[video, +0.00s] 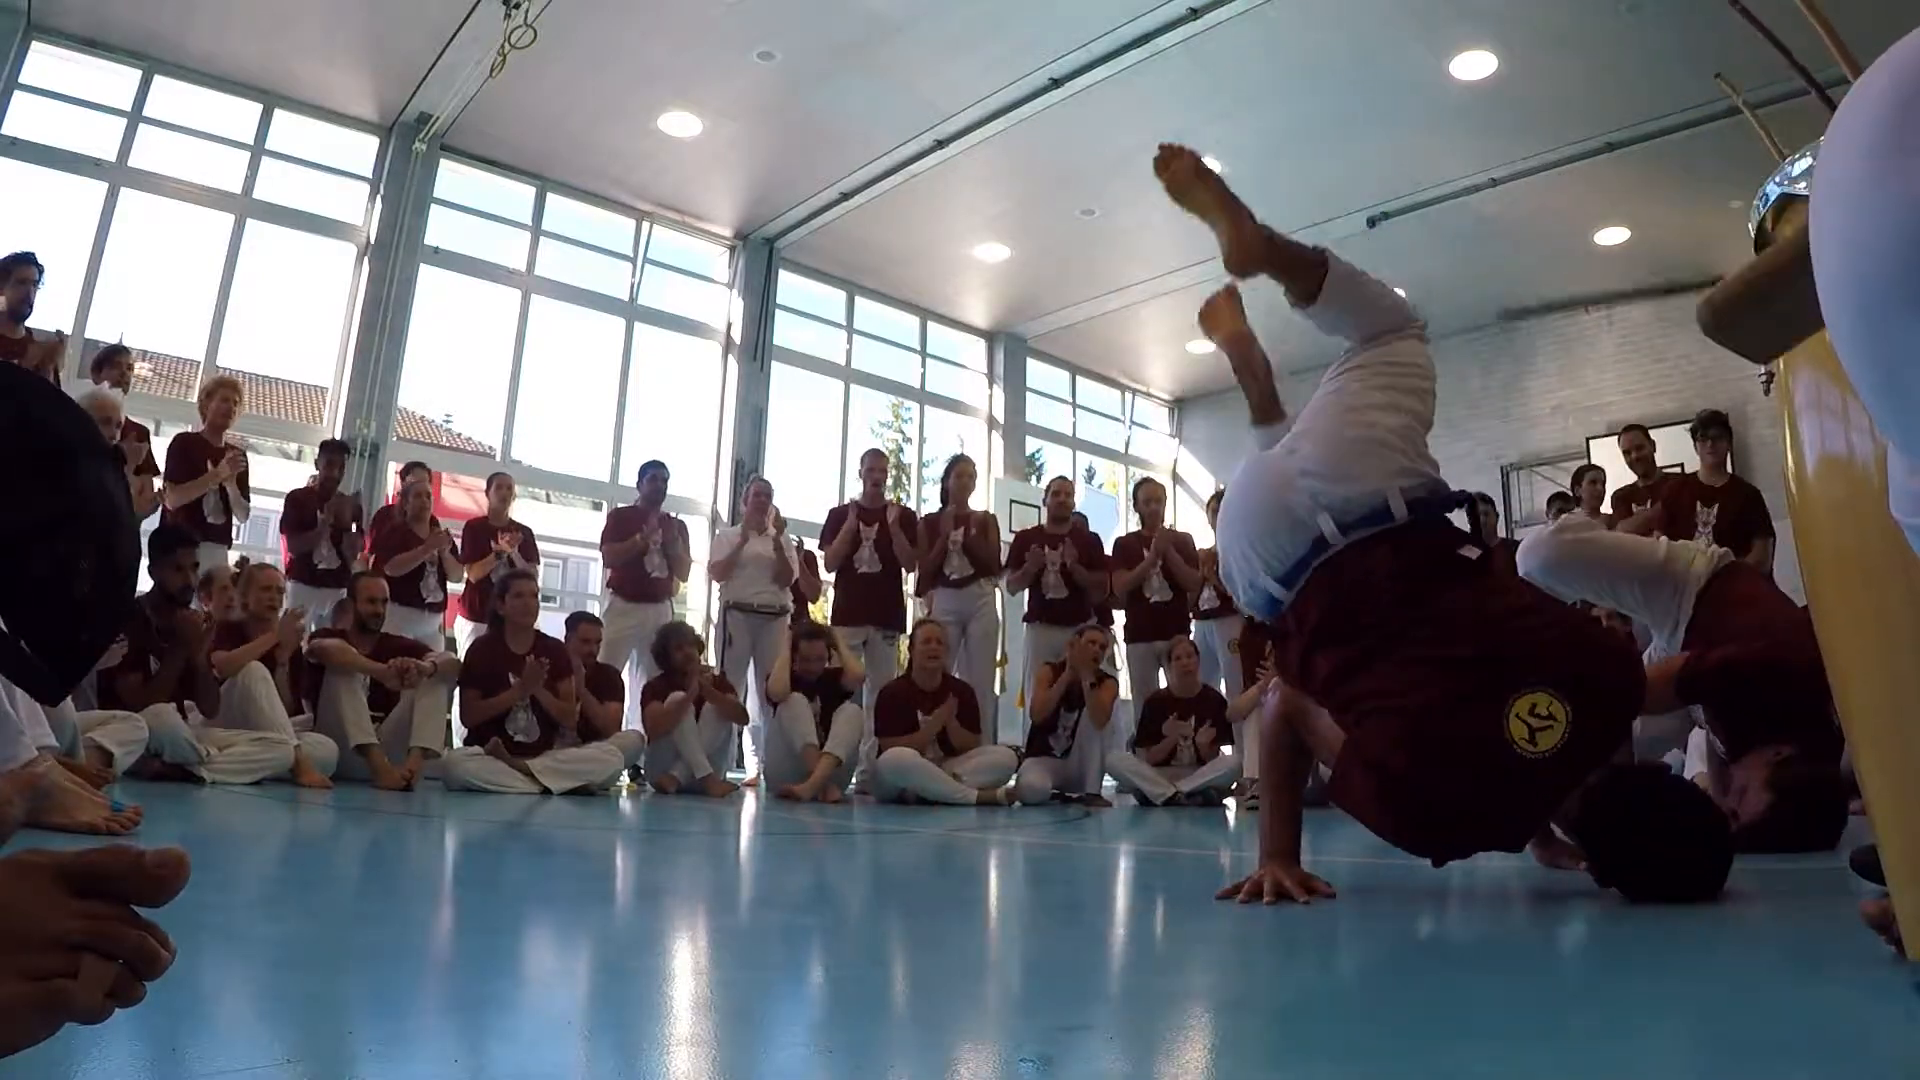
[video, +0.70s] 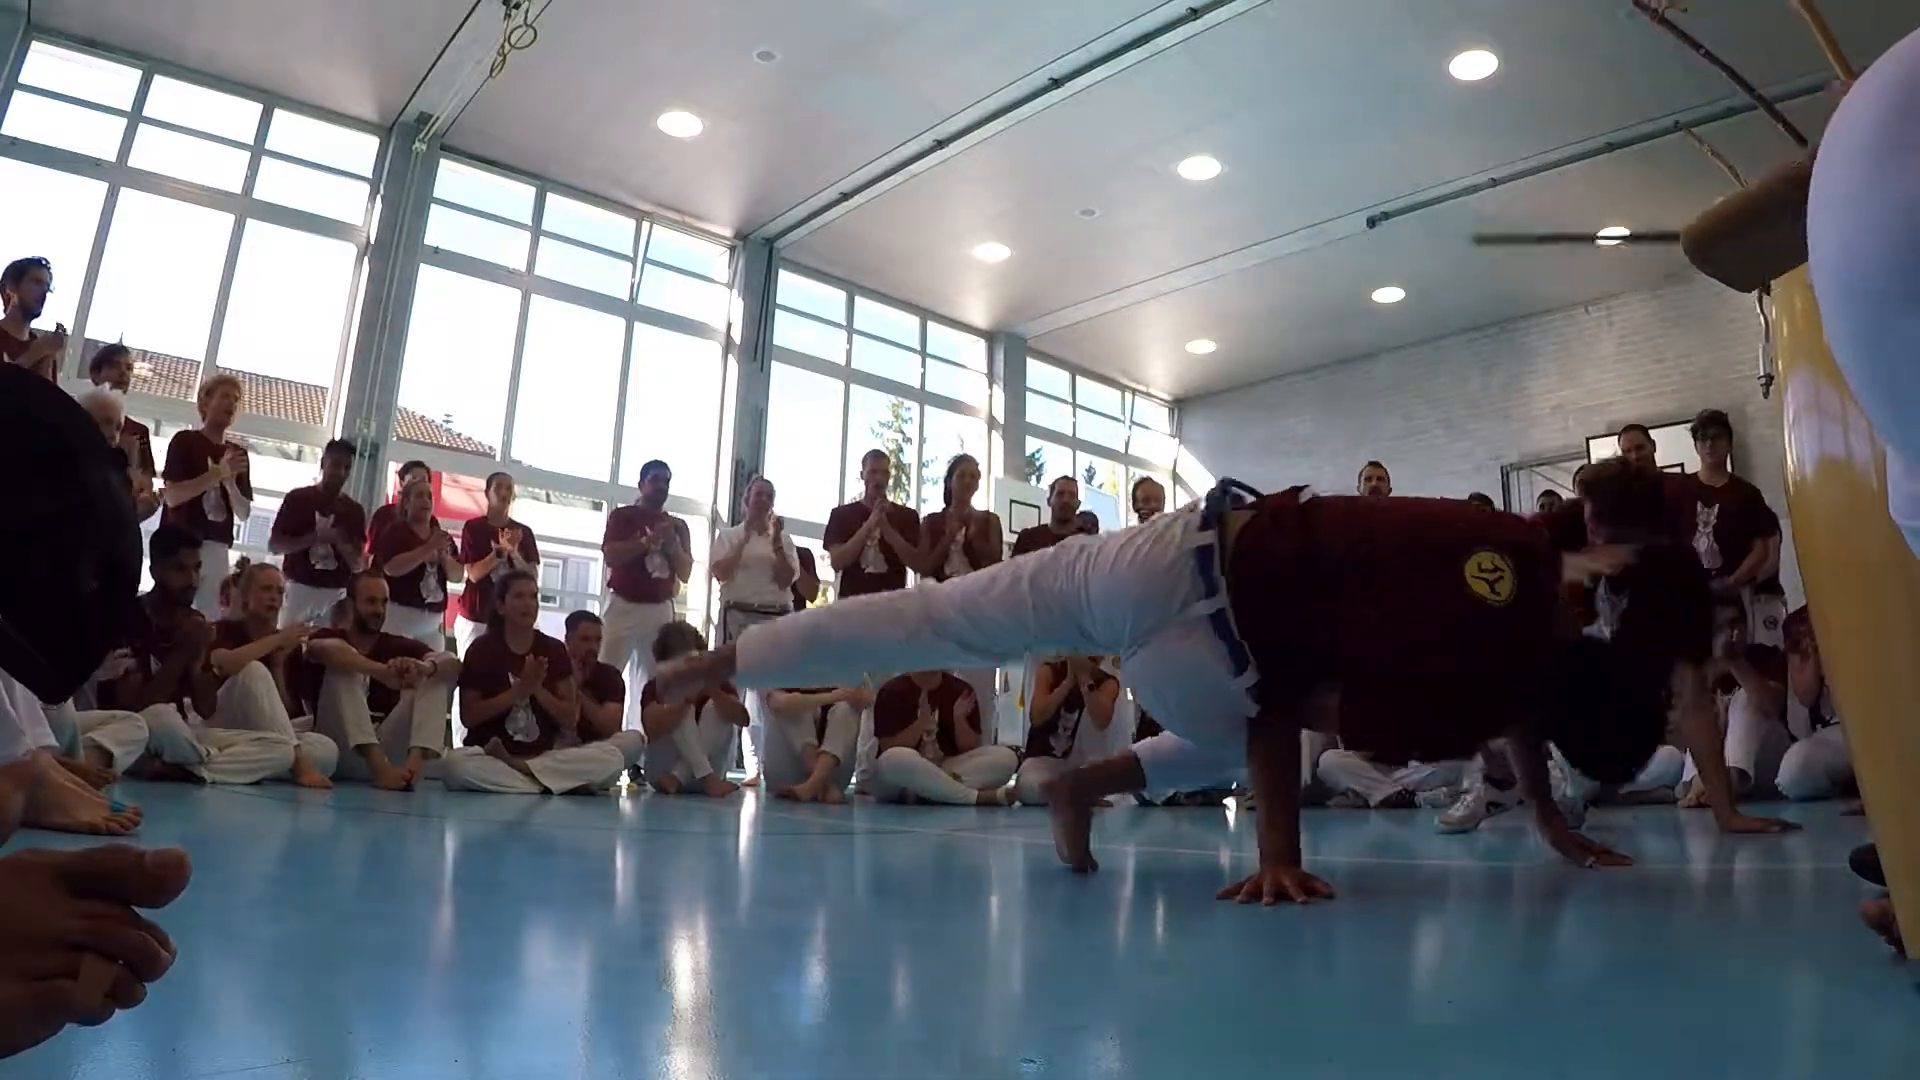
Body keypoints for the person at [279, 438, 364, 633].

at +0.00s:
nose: (335, 472)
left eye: (341, 467)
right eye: (329, 465)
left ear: (345, 469)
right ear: (317, 464)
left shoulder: (350, 505)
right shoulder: (297, 498)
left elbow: (352, 554)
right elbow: (294, 546)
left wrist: (346, 525)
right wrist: (322, 529)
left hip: (337, 588)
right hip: (302, 585)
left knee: (331, 654)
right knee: (293, 651)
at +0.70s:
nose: (340, 473)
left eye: (346, 467)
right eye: (335, 465)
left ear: (350, 472)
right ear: (322, 464)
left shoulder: (354, 510)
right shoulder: (296, 499)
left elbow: (357, 564)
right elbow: (275, 545)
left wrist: (339, 539)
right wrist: (315, 537)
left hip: (335, 594)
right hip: (298, 589)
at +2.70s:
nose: (342, 479)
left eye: (347, 473)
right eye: (336, 471)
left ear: (351, 474)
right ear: (321, 466)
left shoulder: (352, 508)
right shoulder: (297, 498)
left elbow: (351, 557)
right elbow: (288, 546)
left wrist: (358, 530)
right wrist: (308, 516)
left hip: (332, 590)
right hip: (297, 586)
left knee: (324, 656)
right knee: (286, 649)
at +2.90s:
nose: (337, 475)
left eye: (342, 469)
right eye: (333, 468)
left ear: (348, 471)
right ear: (320, 464)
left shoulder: (353, 509)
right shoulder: (296, 499)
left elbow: (351, 557)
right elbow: (273, 545)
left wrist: (339, 537)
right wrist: (310, 542)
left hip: (334, 592)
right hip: (296, 589)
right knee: (285, 654)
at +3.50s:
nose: (333, 473)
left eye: (337, 467)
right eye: (327, 466)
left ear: (341, 468)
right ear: (311, 465)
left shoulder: (348, 505)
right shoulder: (287, 499)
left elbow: (351, 557)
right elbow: (287, 548)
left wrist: (354, 527)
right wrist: (306, 522)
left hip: (334, 591)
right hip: (297, 589)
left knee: (328, 661)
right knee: (290, 656)